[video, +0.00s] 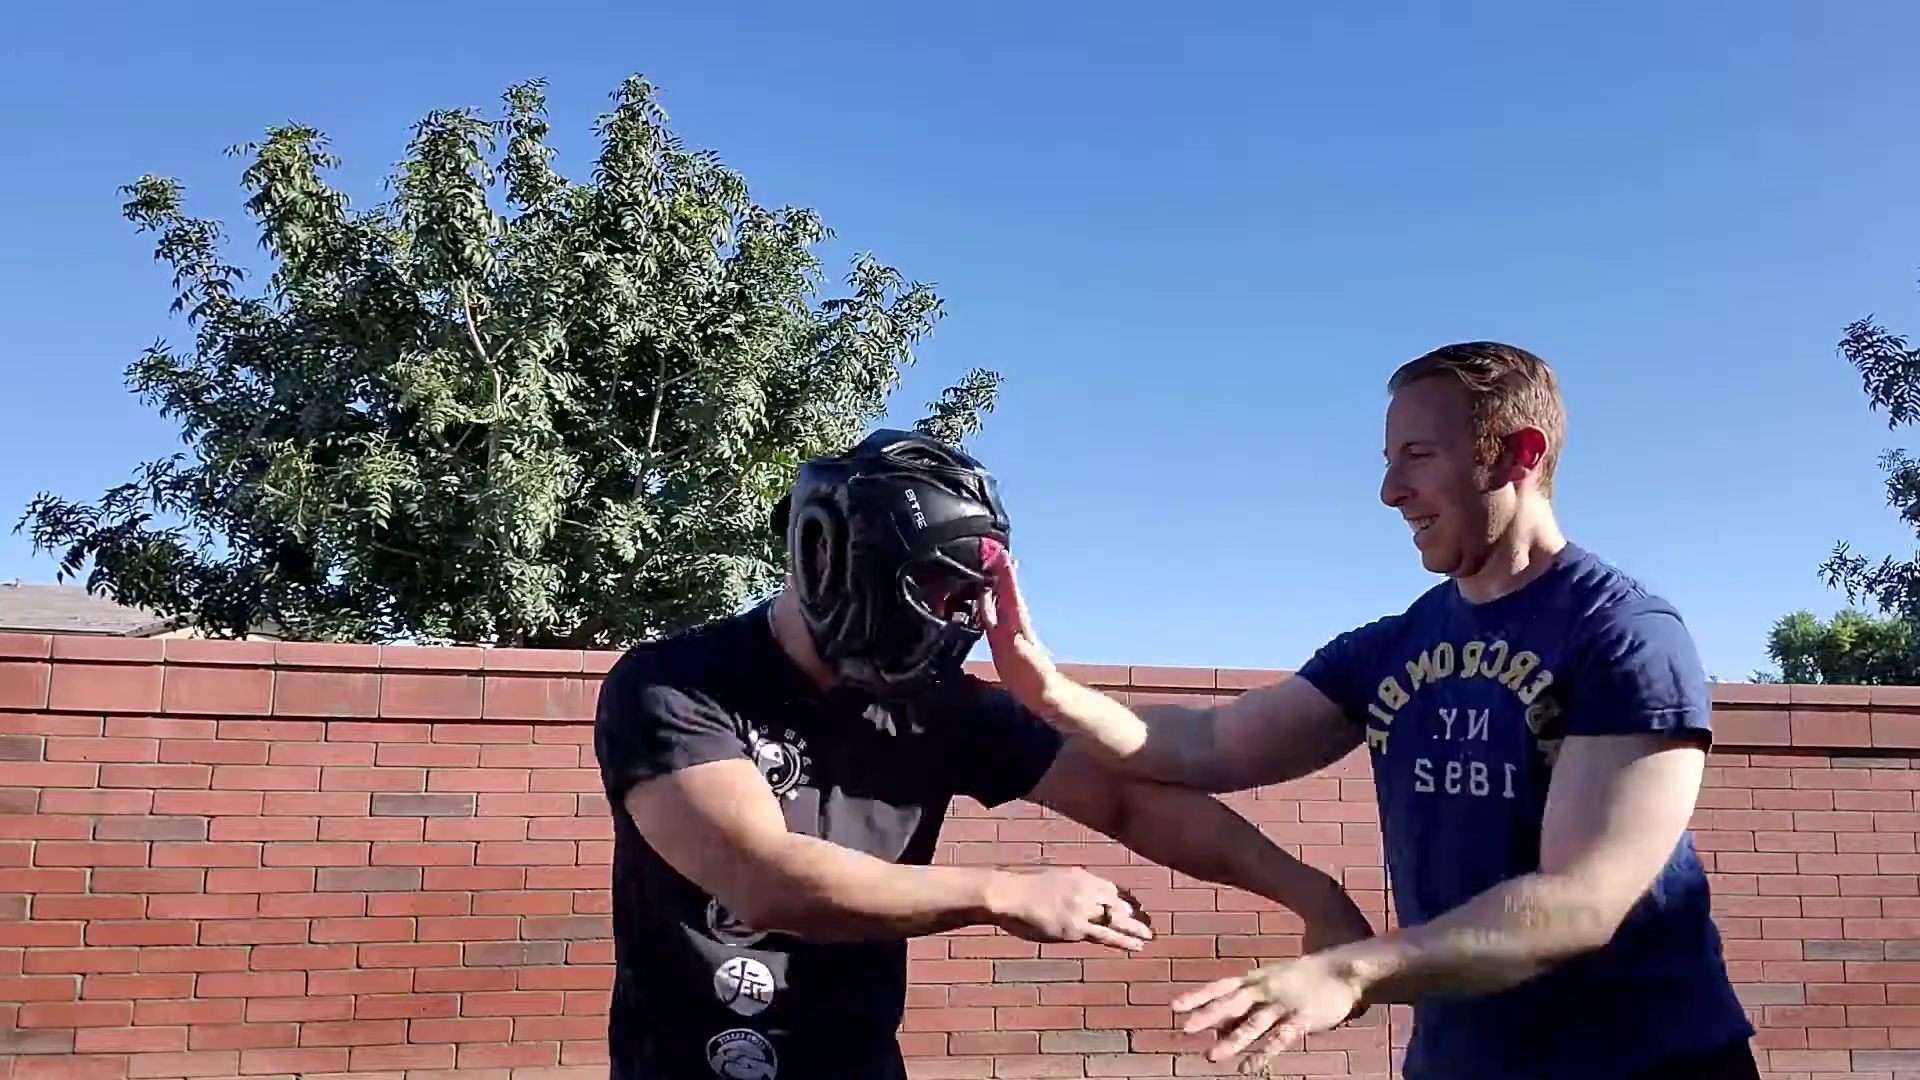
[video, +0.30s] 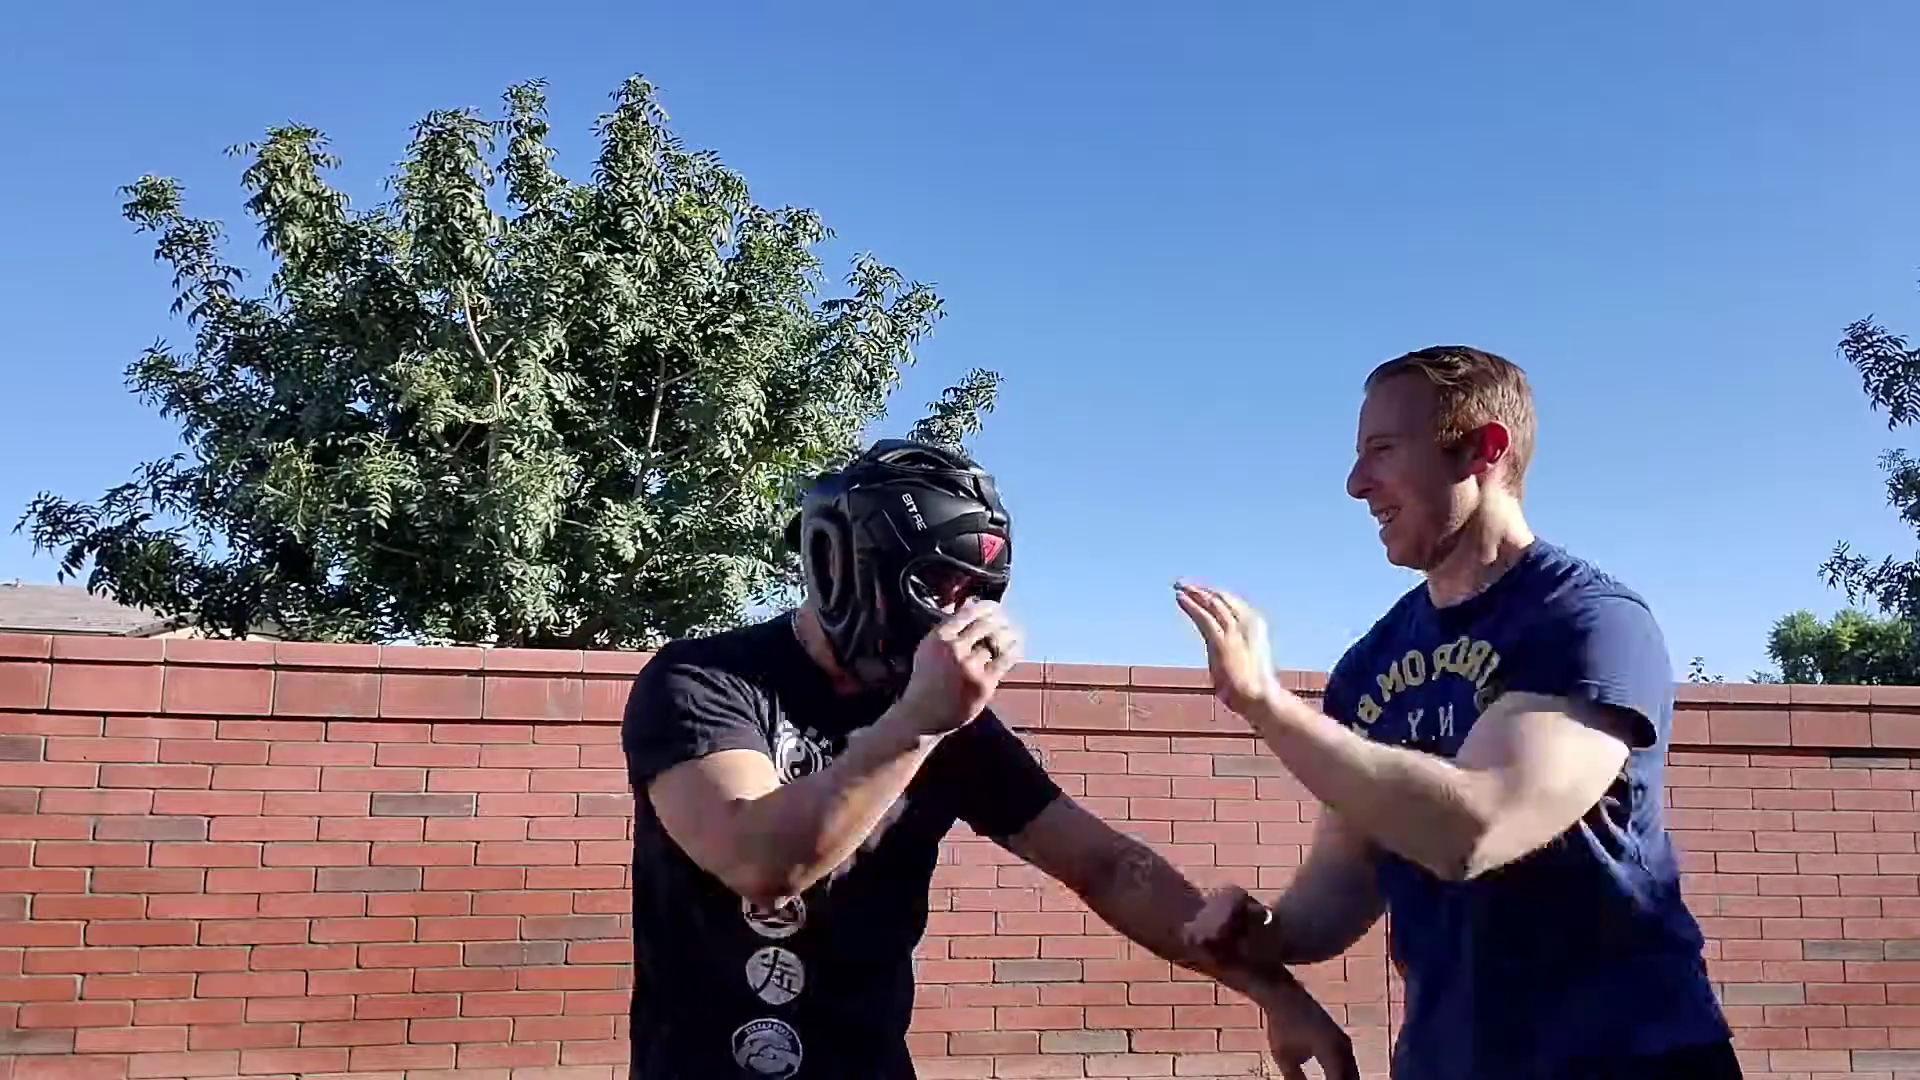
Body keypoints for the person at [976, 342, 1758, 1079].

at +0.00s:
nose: (1389, 489)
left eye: (1415, 456)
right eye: (1390, 462)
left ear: (1517, 457)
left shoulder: (1628, 637)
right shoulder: (1393, 650)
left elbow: (1582, 902)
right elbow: (1215, 743)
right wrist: (1050, 690)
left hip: (1636, 1057)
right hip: (1457, 1054)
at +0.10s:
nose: (1404, 487)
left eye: (1432, 454)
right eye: (1402, 460)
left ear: (1536, 454)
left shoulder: (1651, 636)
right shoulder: (1395, 652)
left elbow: (1655, 897)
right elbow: (1242, 793)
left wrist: (1422, 980)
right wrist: (1100, 737)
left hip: (1652, 1053)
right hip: (1467, 1054)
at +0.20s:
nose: (1387, 483)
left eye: (1414, 450)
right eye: (1388, 456)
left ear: (1520, 457)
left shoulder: (1638, 640)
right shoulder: (1381, 663)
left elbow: (1649, 899)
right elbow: (1278, 834)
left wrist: (1410, 916)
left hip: (1647, 1054)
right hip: (1459, 1059)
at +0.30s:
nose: (1357, 482)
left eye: (1381, 450)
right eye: (1361, 458)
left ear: (1486, 453)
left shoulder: (1597, 621)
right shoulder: (1366, 668)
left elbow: (1470, 831)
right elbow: (1346, 875)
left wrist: (1269, 704)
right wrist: (1273, 934)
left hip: (1620, 1048)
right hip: (1445, 1052)